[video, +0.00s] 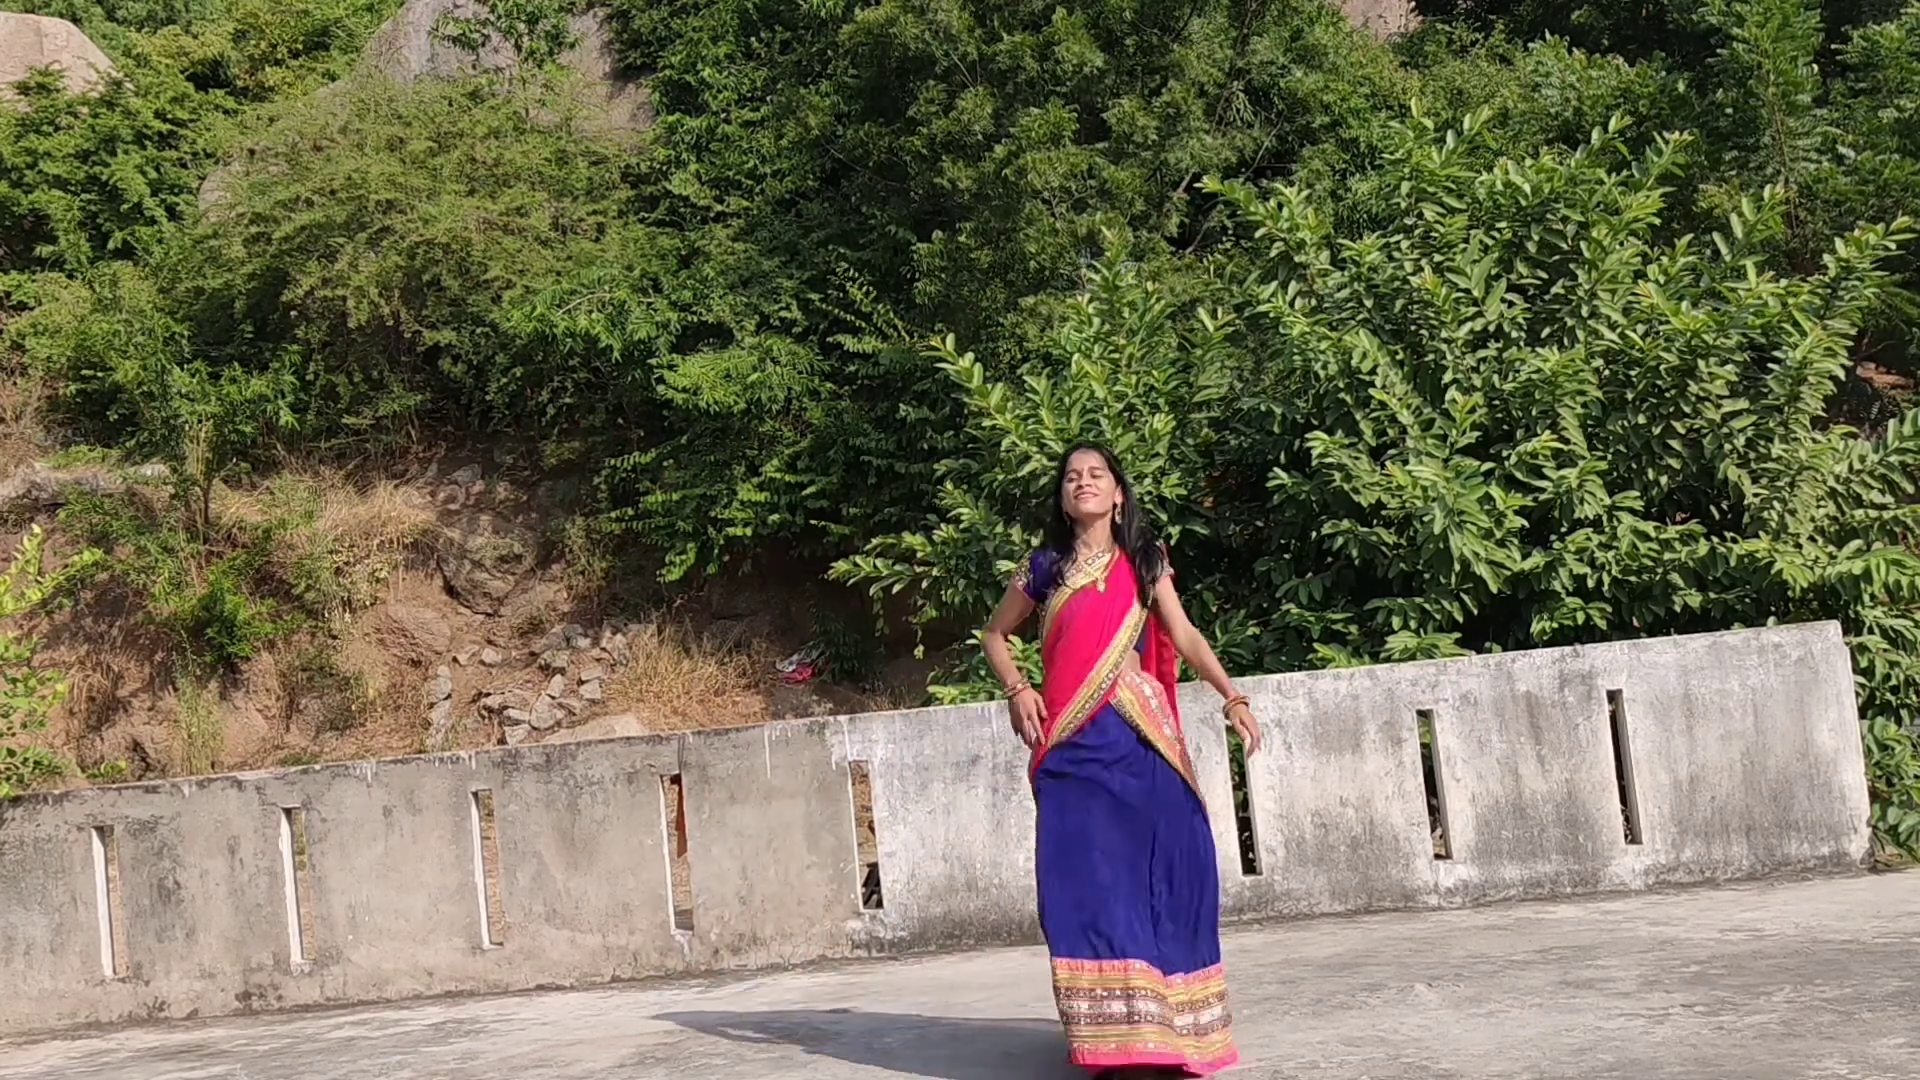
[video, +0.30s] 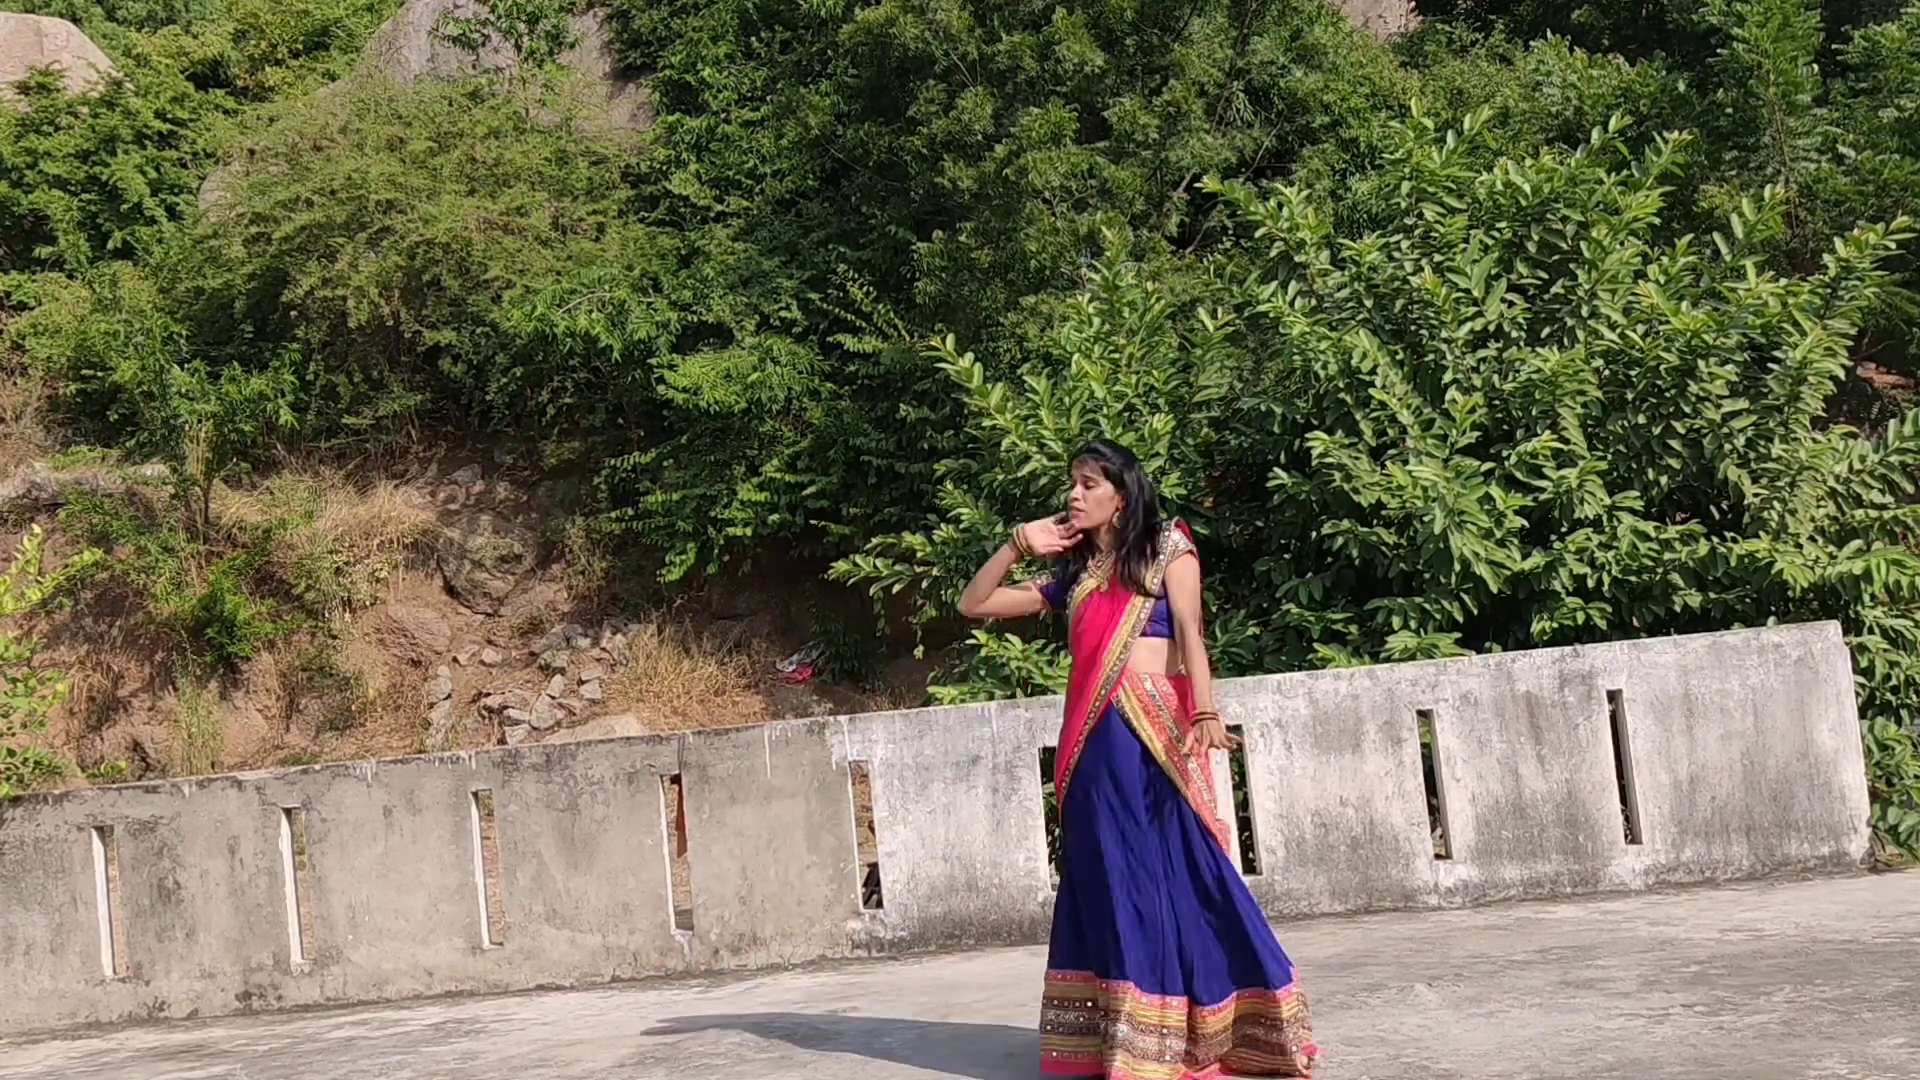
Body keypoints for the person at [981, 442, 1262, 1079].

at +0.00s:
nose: (1084, 483)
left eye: (1096, 475)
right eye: (1073, 477)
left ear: (1120, 493)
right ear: (1061, 497)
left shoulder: (1143, 560)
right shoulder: (1044, 567)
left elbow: (1185, 635)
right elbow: (994, 635)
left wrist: (1232, 697)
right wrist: (1016, 690)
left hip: (1143, 746)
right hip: (1071, 751)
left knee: (1161, 881)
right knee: (1088, 888)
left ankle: (1169, 1031)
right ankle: (1109, 1037)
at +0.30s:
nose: (1075, 496)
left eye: (1087, 484)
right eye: (1073, 485)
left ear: (1124, 492)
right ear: (1079, 498)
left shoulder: (1167, 547)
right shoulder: (1079, 575)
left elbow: (1189, 635)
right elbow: (975, 605)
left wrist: (1207, 713)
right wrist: (1017, 544)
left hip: (1149, 734)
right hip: (1090, 740)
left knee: (1146, 882)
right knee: (1106, 886)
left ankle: (1171, 1045)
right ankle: (1130, 1047)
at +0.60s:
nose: (1120, 506)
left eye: (1132, 493)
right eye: (1116, 495)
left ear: (1169, 491)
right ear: (1123, 501)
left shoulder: (1207, 528)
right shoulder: (1141, 568)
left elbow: (1172, 587)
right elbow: (1060, 618)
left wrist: (1090, 611)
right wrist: (962, 629)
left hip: (1209, 721)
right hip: (1151, 726)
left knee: (1225, 873)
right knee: (1143, 877)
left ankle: (1253, 1040)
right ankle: (1147, 1045)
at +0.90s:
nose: (1145, 512)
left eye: (1157, 498)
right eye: (1141, 500)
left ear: (1194, 494)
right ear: (1149, 503)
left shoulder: (1229, 526)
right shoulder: (1166, 571)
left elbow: (1154, 557)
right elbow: (1100, 637)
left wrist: (1064, 565)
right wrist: (1020, 609)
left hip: (1230, 722)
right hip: (1172, 728)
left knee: (1242, 877)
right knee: (1154, 880)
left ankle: (1270, 1045)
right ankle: (1154, 1050)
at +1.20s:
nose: (1151, 503)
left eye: (1162, 491)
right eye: (1146, 492)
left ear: (1198, 492)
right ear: (1147, 501)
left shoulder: (1235, 554)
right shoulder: (1160, 578)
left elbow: (1270, 550)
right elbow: (1137, 666)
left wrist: (1190, 522)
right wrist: (1133, 587)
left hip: (1239, 727)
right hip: (1175, 731)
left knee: (1251, 875)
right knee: (1156, 876)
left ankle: (1267, 1042)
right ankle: (1172, 1044)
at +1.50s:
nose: (1150, 495)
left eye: (1164, 484)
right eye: (1146, 483)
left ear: (1201, 491)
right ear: (1143, 492)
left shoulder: (1238, 560)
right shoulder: (1122, 568)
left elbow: (1288, 638)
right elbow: (1080, 653)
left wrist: (1306, 642)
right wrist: (1127, 654)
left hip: (1243, 733)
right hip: (1170, 737)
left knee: (1251, 877)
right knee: (1169, 880)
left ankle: (1261, 1040)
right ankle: (1179, 1045)